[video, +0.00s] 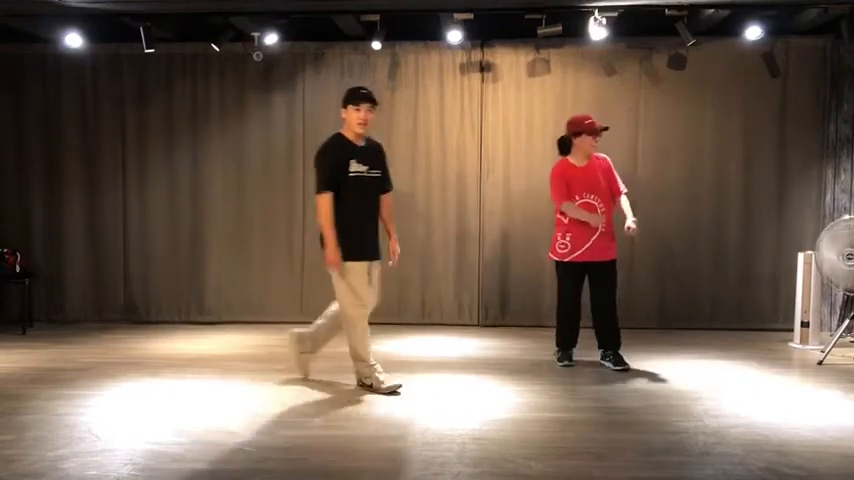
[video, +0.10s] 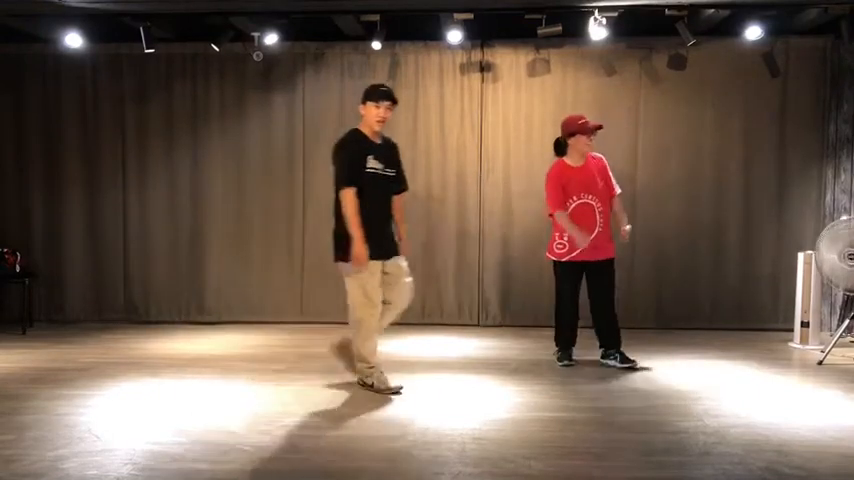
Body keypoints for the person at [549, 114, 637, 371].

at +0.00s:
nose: (597, 139)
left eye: (598, 135)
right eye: (593, 136)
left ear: (593, 139)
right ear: (577, 138)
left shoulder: (604, 163)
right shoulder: (560, 170)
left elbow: (620, 193)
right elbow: (563, 204)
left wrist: (629, 217)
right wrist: (589, 217)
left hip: (602, 248)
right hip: (570, 250)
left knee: (605, 302)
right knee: (568, 302)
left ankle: (609, 351)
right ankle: (565, 349)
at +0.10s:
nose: (591, 139)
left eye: (591, 134)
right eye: (586, 135)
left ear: (587, 138)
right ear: (571, 139)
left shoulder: (599, 163)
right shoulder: (557, 172)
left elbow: (614, 196)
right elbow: (557, 211)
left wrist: (623, 222)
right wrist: (577, 233)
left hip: (600, 248)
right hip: (568, 250)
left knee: (604, 302)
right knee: (566, 303)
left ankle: (611, 350)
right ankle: (564, 349)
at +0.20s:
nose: (589, 137)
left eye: (590, 133)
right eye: (584, 134)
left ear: (588, 137)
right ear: (569, 138)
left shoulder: (599, 163)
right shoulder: (555, 173)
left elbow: (610, 195)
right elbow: (551, 213)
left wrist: (615, 223)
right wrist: (551, 245)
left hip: (600, 247)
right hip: (568, 249)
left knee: (605, 301)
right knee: (565, 303)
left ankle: (610, 348)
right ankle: (564, 349)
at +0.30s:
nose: (589, 136)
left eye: (590, 132)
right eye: (583, 133)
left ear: (590, 136)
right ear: (569, 138)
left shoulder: (599, 162)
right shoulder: (554, 172)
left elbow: (608, 195)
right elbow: (543, 210)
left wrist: (610, 219)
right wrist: (534, 235)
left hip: (598, 245)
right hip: (566, 247)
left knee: (606, 297)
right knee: (566, 300)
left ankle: (607, 343)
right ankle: (564, 348)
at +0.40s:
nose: (592, 137)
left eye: (593, 133)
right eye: (586, 133)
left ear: (592, 137)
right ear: (571, 137)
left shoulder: (602, 163)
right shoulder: (555, 171)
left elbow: (610, 194)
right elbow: (536, 204)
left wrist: (613, 218)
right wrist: (523, 230)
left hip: (600, 245)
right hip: (567, 248)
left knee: (604, 297)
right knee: (566, 301)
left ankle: (603, 341)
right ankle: (564, 347)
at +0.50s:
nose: (592, 137)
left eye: (594, 133)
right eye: (586, 134)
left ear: (596, 137)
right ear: (573, 138)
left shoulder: (606, 164)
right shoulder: (559, 170)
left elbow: (617, 197)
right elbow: (537, 202)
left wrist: (624, 223)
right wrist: (520, 227)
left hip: (602, 249)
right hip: (569, 250)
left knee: (601, 299)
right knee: (567, 302)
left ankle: (601, 341)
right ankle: (564, 347)